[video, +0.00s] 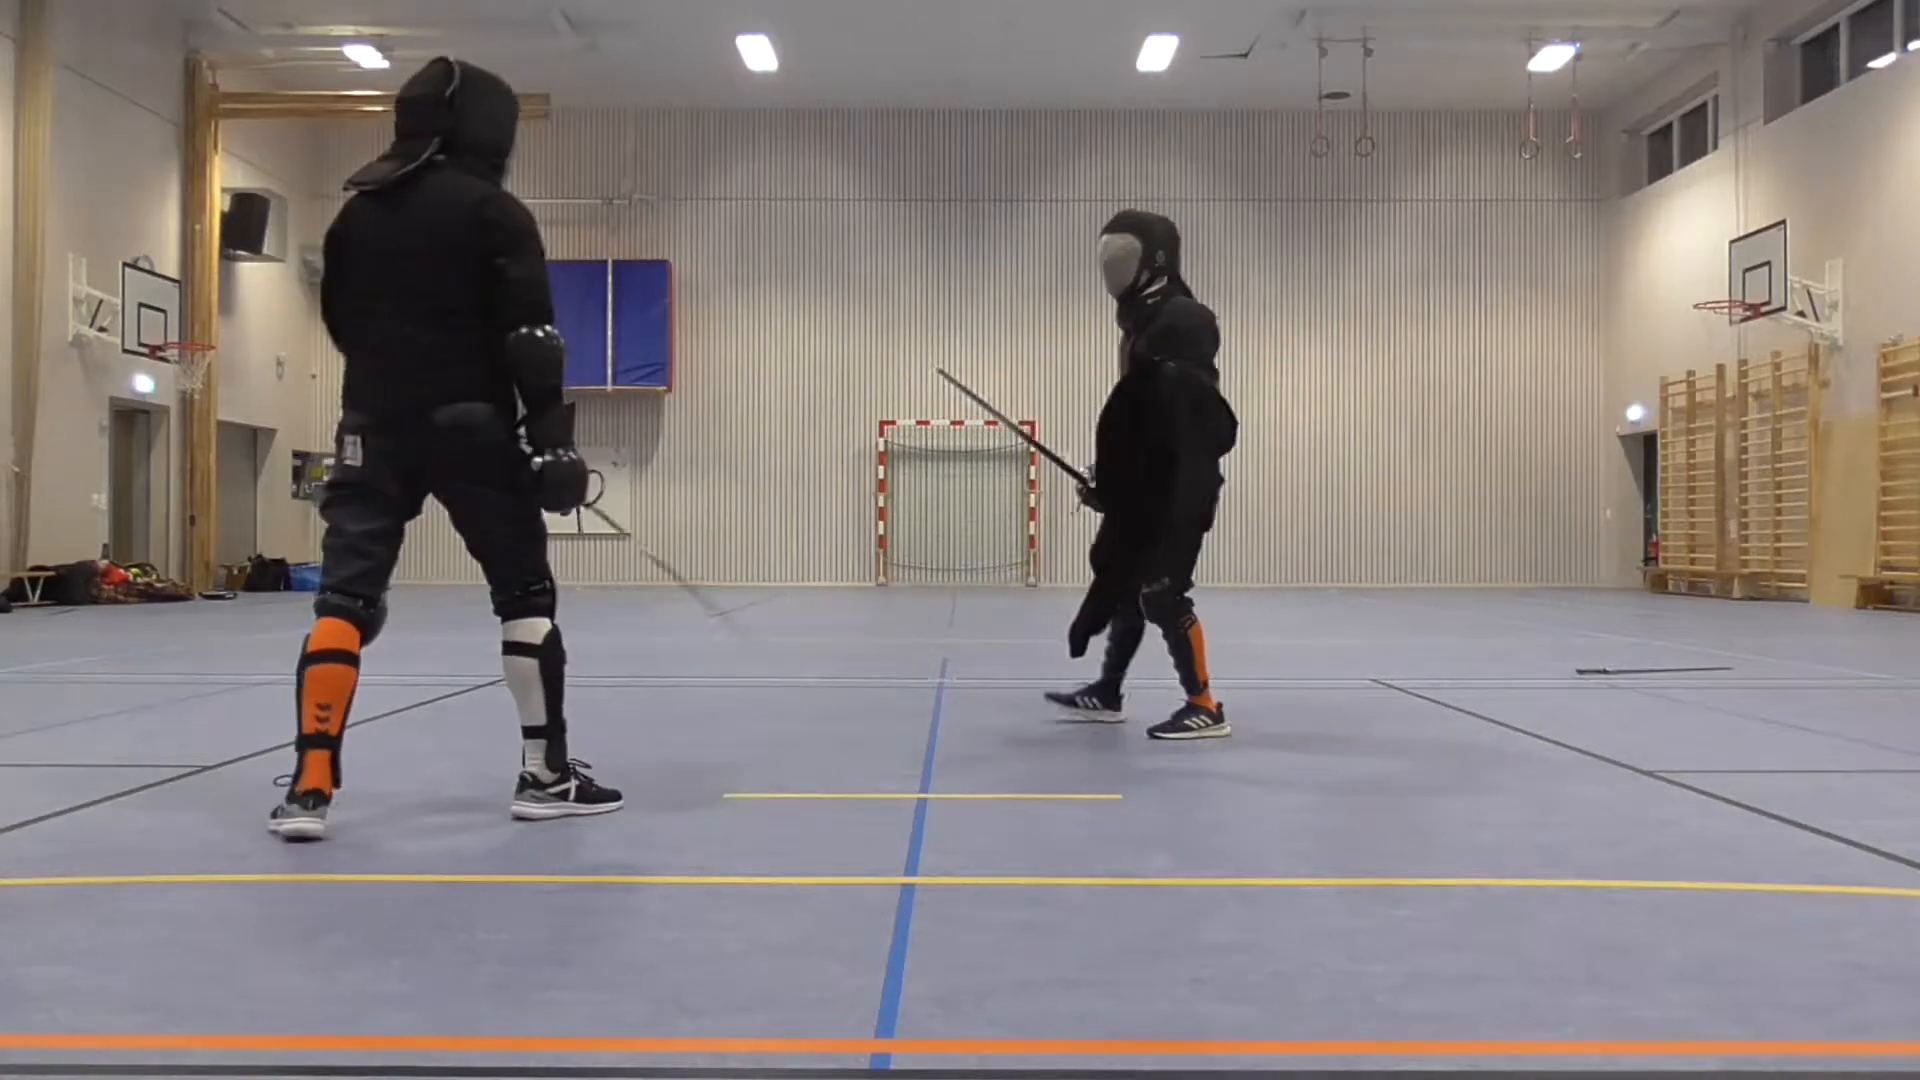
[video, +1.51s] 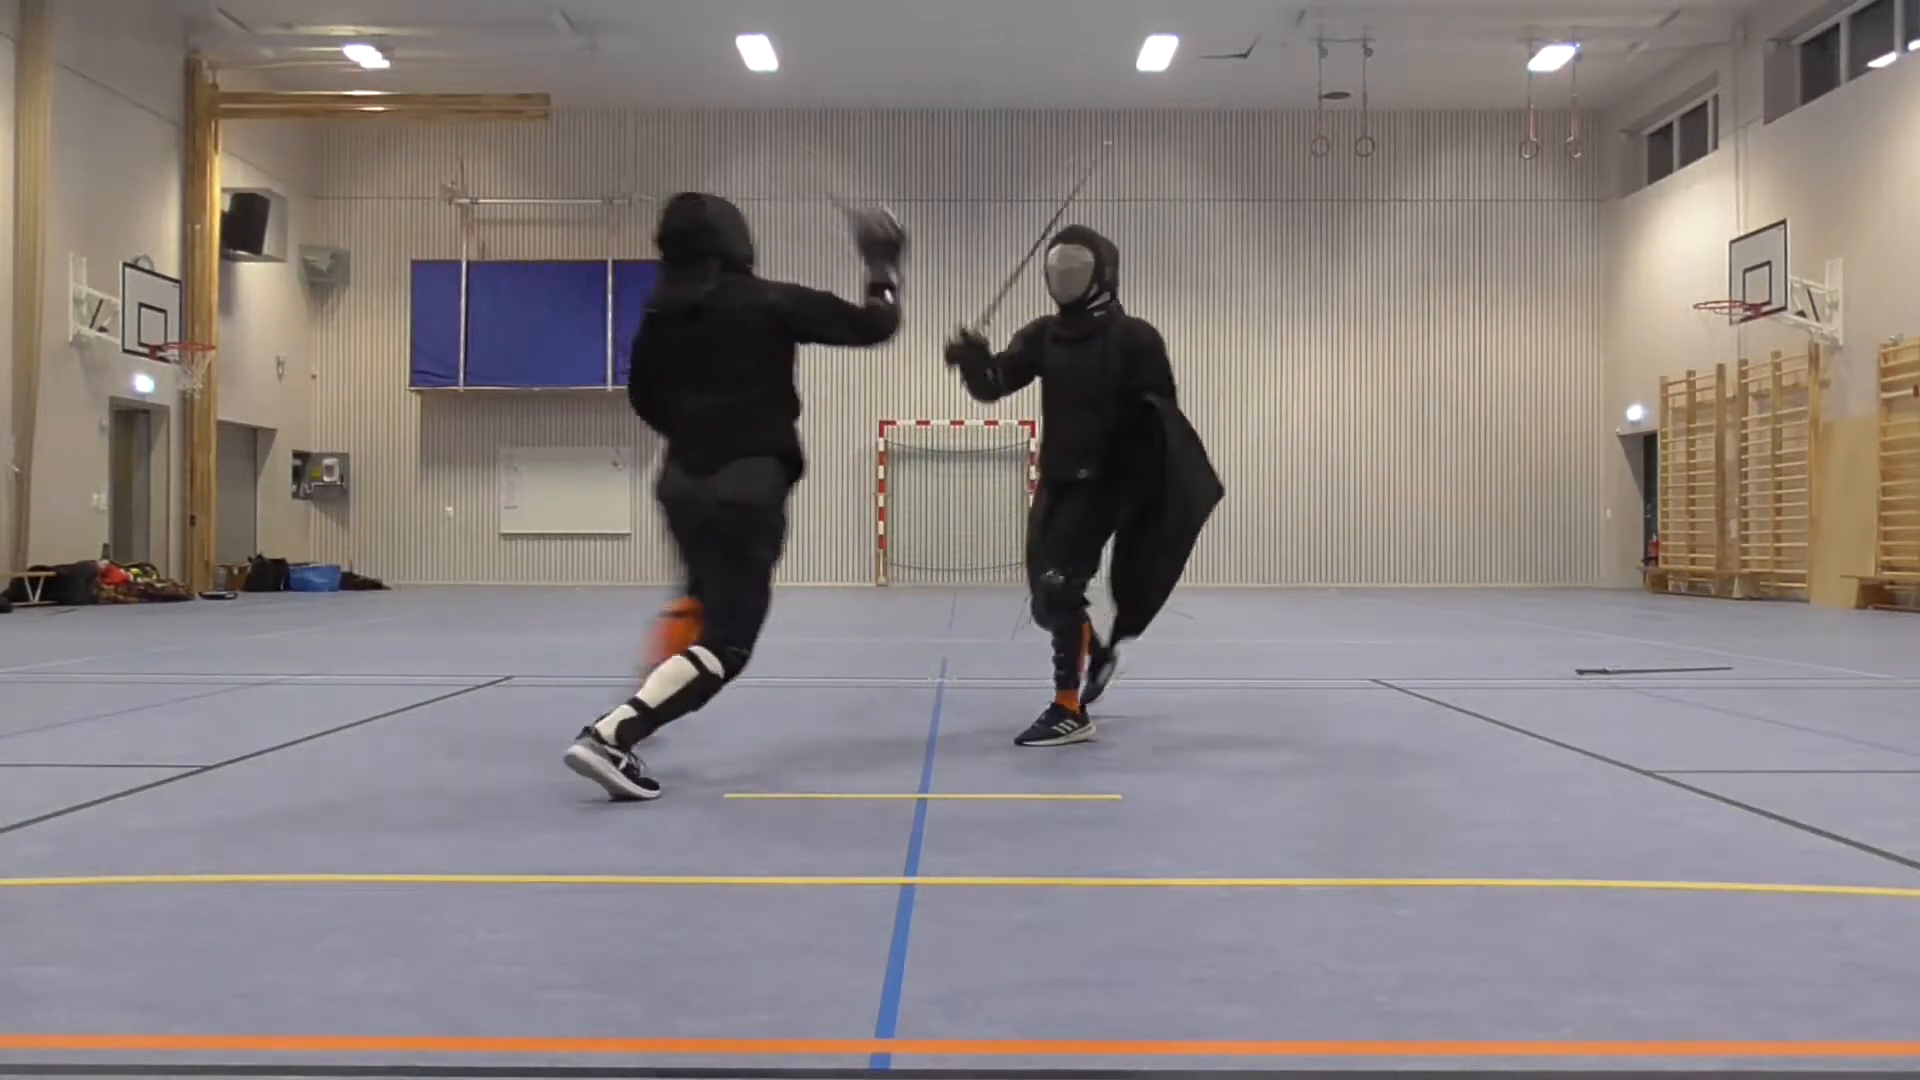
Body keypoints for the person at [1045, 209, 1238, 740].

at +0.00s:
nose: (1111, 271)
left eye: (1121, 258)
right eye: (1109, 259)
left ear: (1154, 260)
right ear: (1143, 262)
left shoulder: (1177, 326)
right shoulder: (1145, 318)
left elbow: (1184, 430)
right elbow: (1144, 423)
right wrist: (1110, 479)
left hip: (1179, 493)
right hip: (1147, 490)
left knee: (1166, 595)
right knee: (1130, 592)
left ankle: (1203, 705)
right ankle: (1106, 690)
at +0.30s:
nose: (1071, 273)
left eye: (1082, 262)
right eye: (1069, 262)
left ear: (1115, 264)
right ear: (1071, 266)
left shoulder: (1142, 329)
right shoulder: (1086, 336)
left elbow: (1155, 424)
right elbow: (1086, 419)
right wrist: (1059, 472)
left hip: (1141, 493)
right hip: (1099, 490)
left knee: (1127, 594)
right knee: (1076, 594)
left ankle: (1191, 694)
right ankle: (1097, 695)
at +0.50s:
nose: (1047, 277)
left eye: (1058, 266)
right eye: (1044, 267)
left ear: (1091, 269)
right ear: (1047, 270)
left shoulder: (1124, 330)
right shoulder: (1061, 340)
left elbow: (1141, 421)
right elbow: (1058, 425)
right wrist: (1032, 478)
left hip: (1121, 482)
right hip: (1080, 481)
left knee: (1081, 578)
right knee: (1058, 594)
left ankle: (1116, 697)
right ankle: (1094, 693)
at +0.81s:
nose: (1031, 278)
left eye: (1043, 267)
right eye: (1028, 267)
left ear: (1076, 270)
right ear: (1027, 271)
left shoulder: (1112, 333)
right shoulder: (1040, 342)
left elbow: (1140, 419)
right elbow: (1027, 420)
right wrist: (992, 465)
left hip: (1101, 486)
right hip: (1061, 484)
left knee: (1059, 590)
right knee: (1052, 594)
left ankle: (1074, 710)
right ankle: (1093, 694)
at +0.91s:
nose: (1031, 274)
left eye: (1043, 263)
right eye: (1026, 264)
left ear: (1074, 267)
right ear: (1020, 267)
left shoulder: (1114, 331)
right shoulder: (1028, 339)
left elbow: (1140, 419)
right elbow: (996, 413)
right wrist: (950, 447)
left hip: (1104, 485)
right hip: (1059, 484)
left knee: (1061, 589)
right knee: (1058, 590)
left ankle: (1074, 709)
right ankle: (1094, 693)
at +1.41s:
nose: (1042, 282)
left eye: (1054, 272)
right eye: (1037, 272)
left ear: (1082, 278)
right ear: (1031, 278)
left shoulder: (1117, 344)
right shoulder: (1030, 342)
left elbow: (1145, 428)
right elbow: (994, 393)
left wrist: (1132, 498)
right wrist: (981, 390)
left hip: (1097, 489)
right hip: (1048, 486)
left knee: (1042, 588)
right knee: (1048, 589)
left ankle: (1066, 709)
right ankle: (1115, 652)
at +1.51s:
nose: (1060, 278)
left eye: (1072, 267)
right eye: (1054, 268)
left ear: (1100, 272)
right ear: (1047, 273)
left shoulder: (1135, 339)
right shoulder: (1043, 336)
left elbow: (1158, 424)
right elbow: (992, 386)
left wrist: (1128, 484)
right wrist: (973, 360)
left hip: (1108, 486)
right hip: (1057, 482)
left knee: (1061, 584)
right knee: (1046, 597)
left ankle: (1069, 709)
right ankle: (1096, 651)